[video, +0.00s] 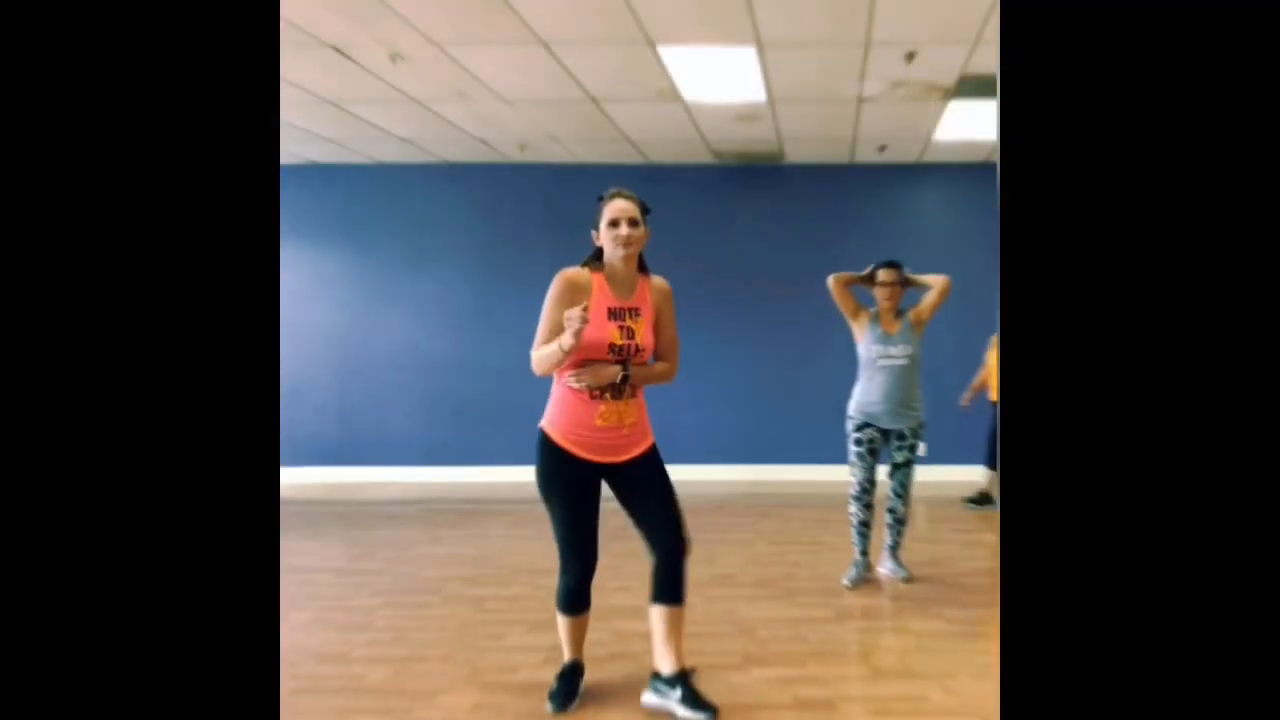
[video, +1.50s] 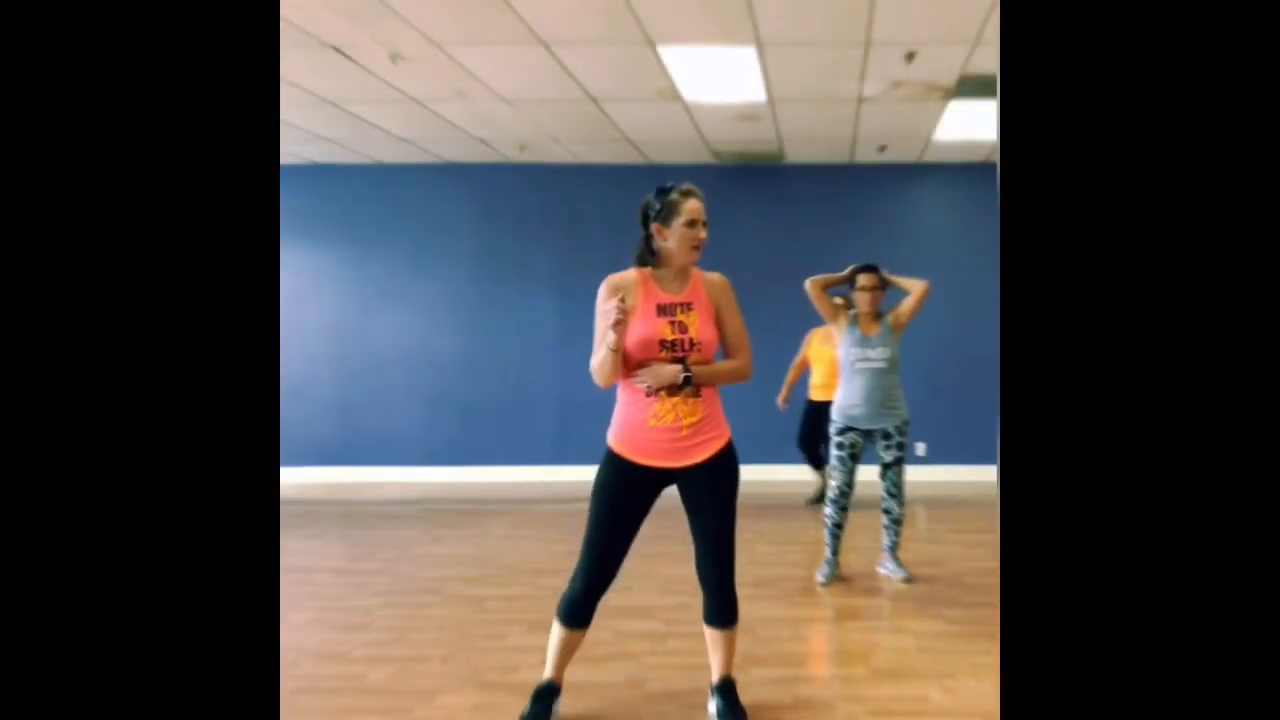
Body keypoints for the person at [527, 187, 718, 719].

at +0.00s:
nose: (625, 231)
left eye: (633, 223)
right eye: (615, 224)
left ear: (646, 232)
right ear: (598, 234)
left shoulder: (658, 292)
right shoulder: (571, 284)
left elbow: (668, 367)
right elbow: (538, 363)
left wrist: (618, 373)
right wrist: (564, 340)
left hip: (633, 446)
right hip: (567, 446)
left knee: (672, 546)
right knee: (577, 565)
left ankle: (668, 676)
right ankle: (571, 667)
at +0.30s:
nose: (618, 230)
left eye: (627, 222)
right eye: (608, 222)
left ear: (639, 230)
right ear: (591, 231)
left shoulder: (655, 287)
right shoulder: (563, 281)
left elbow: (670, 365)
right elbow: (535, 362)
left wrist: (614, 367)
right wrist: (550, 340)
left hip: (635, 445)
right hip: (567, 445)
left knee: (659, 555)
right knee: (574, 560)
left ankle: (661, 682)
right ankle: (570, 666)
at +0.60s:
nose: (650, 244)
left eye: (655, 235)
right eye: (639, 235)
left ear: (657, 240)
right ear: (608, 241)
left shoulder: (671, 294)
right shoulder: (578, 295)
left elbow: (689, 375)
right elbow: (557, 375)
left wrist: (621, 376)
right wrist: (544, 345)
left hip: (646, 455)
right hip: (575, 452)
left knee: (676, 572)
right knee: (572, 571)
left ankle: (715, 684)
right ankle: (569, 667)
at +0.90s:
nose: (691, 239)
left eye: (695, 230)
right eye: (681, 230)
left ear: (695, 236)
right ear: (648, 235)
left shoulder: (710, 290)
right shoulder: (615, 293)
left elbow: (732, 368)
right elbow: (601, 380)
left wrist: (664, 373)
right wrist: (596, 347)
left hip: (700, 449)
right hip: (630, 450)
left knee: (708, 572)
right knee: (599, 567)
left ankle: (720, 685)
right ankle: (577, 665)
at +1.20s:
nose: (715, 225)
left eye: (718, 215)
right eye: (704, 216)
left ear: (718, 222)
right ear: (671, 221)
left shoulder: (734, 278)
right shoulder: (638, 279)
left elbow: (757, 360)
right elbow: (625, 369)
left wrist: (689, 364)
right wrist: (624, 332)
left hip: (715, 441)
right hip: (647, 439)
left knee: (715, 568)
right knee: (609, 560)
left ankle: (722, 688)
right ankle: (613, 677)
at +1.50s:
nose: (703, 234)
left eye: (705, 224)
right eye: (692, 225)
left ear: (701, 231)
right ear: (658, 230)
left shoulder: (714, 287)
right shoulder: (619, 288)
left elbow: (742, 367)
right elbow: (604, 377)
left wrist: (684, 372)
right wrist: (612, 337)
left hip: (707, 451)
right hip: (633, 452)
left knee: (718, 576)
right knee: (591, 578)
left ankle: (723, 689)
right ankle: (548, 686)